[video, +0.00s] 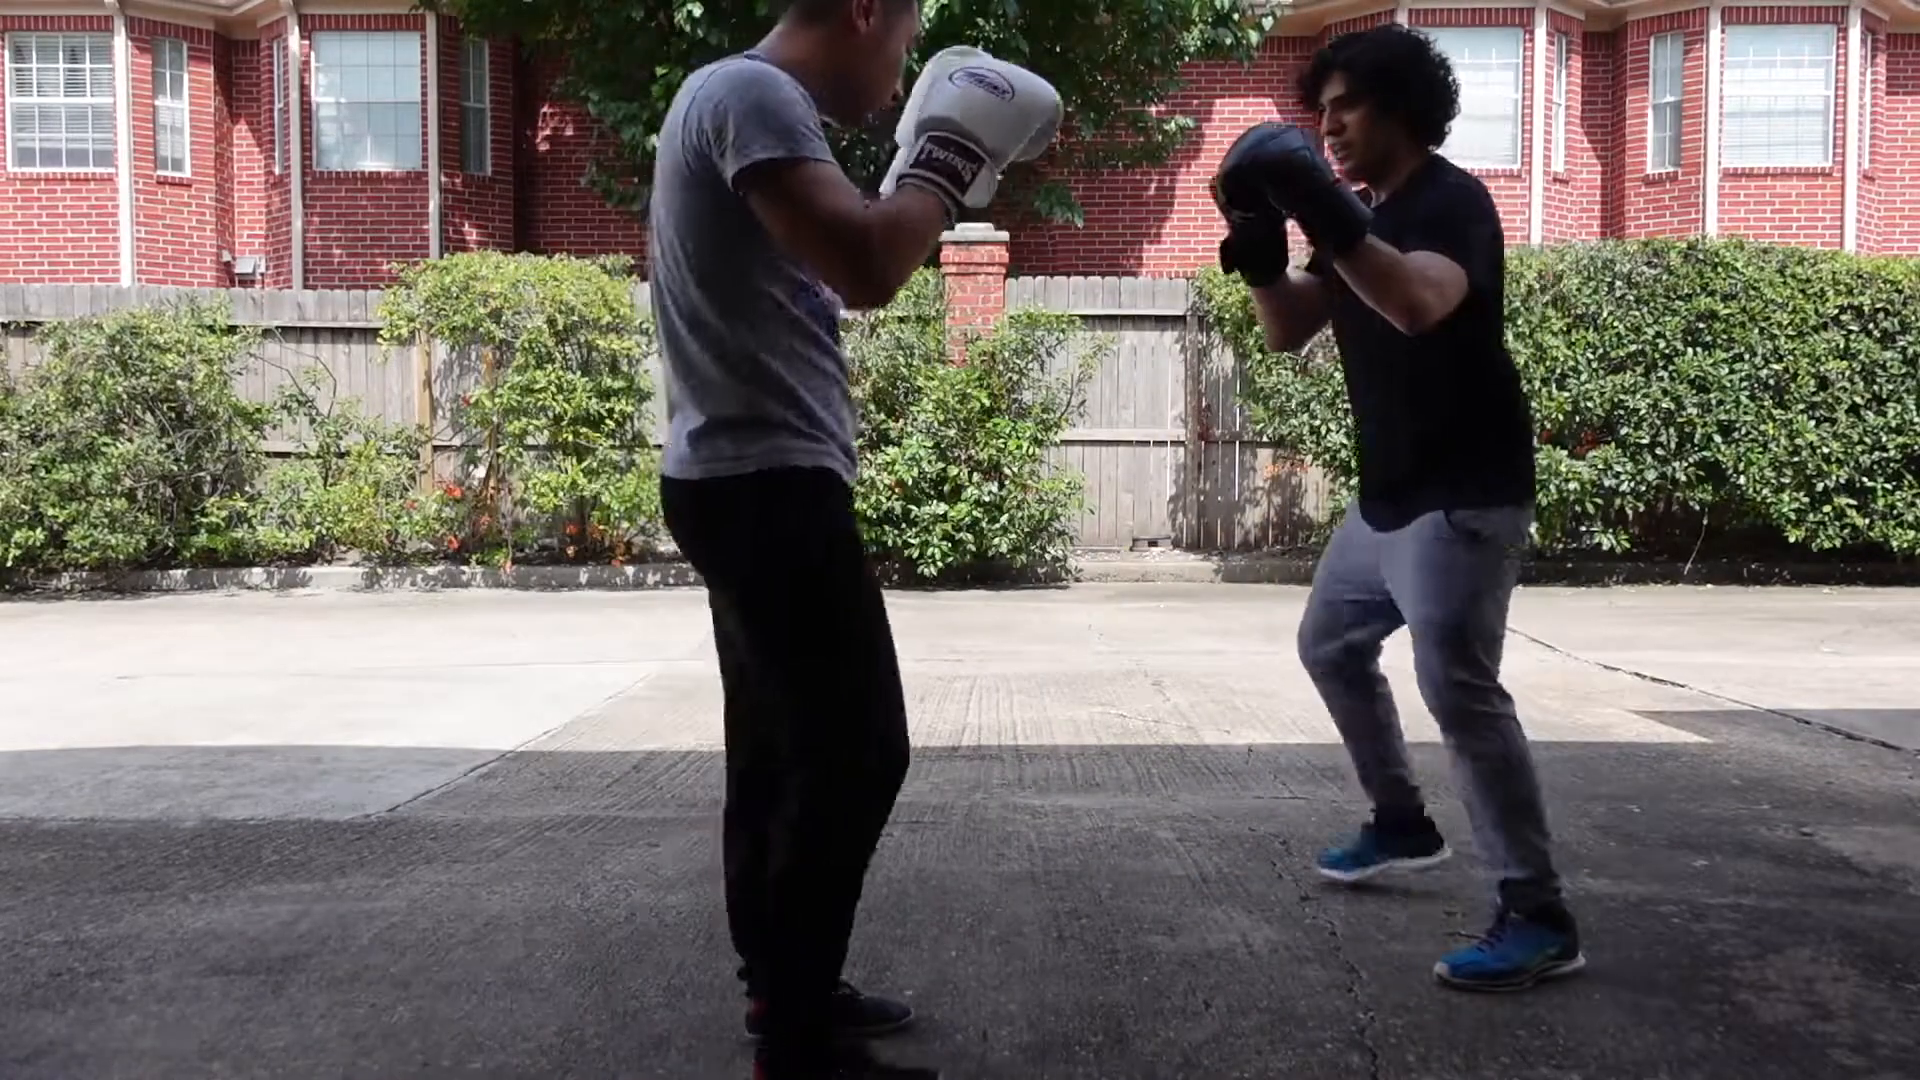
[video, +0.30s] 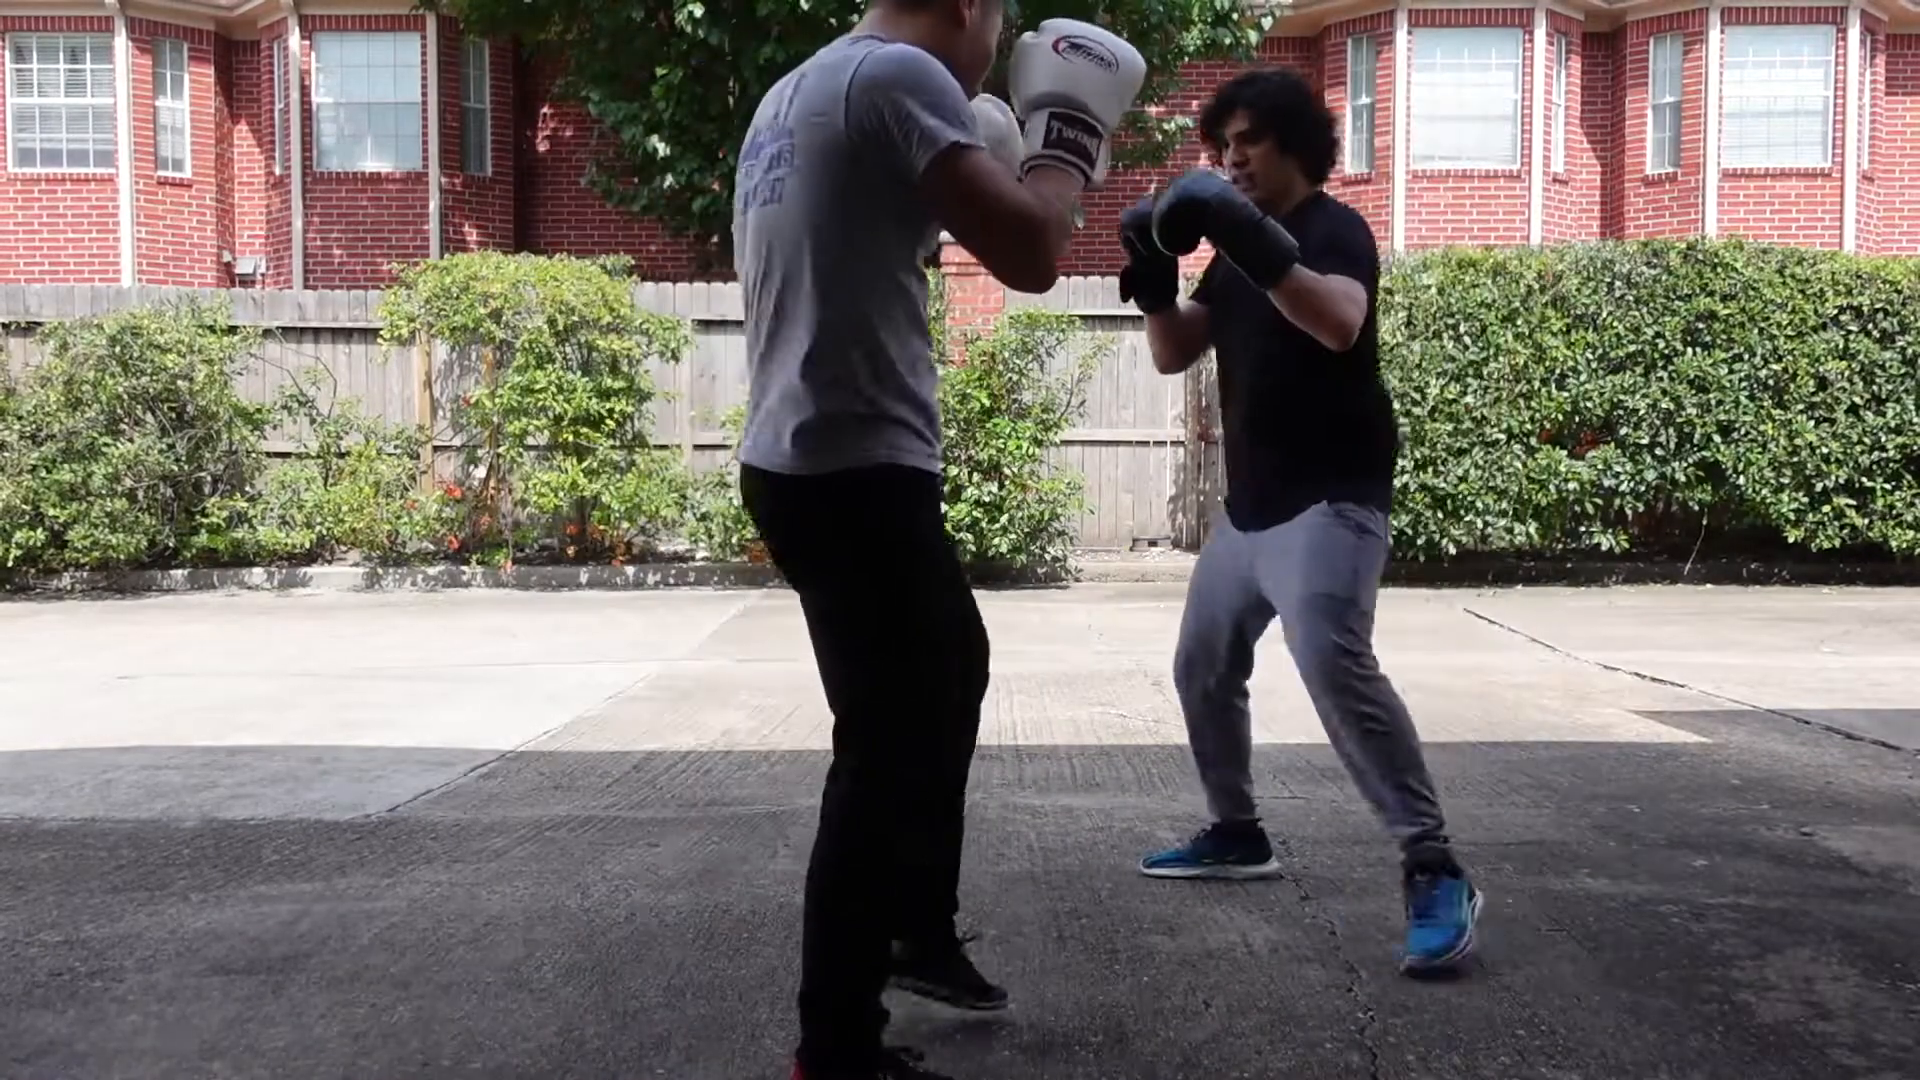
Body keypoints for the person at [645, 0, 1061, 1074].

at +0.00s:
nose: (899, 73)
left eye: (907, 49)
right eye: (905, 41)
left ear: (819, 14)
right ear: (865, 14)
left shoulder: (730, 102)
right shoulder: (750, 94)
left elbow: (855, 265)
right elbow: (869, 265)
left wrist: (934, 174)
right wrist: (947, 159)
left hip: (742, 475)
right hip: (769, 480)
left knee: (773, 741)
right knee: (862, 746)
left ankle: (787, 986)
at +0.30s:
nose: (994, 46)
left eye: (996, 29)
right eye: (996, 25)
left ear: (881, 3)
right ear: (969, 8)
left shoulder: (789, 96)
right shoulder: (897, 77)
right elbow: (1031, 249)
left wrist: (1012, 148)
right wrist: (1073, 131)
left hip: (805, 458)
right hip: (858, 465)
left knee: (955, 666)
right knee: (892, 738)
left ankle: (918, 931)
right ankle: (838, 1044)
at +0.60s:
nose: (1037, 48)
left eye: (1035, 36)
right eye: (1039, 31)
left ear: (923, 10)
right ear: (1018, 16)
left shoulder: (825, 110)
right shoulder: (985, 88)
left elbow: (907, 275)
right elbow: (1115, 263)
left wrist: (1050, 226)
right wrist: (1130, 153)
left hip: (838, 479)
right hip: (940, 489)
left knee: (889, 753)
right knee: (937, 776)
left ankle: (899, 983)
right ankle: (840, 1047)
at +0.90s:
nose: (1096, 56)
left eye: (1099, 38)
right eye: (1100, 35)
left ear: (977, 10)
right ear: (1083, 19)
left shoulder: (870, 102)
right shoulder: (1039, 121)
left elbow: (823, 285)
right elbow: (1159, 317)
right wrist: (1176, 223)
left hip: (883, 480)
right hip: (980, 492)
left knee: (1003, 676)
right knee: (1049, 757)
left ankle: (959, 854)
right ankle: (1006, 1043)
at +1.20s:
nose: (1206, 76)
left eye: (1212, 51)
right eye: (1213, 50)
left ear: (1093, 16)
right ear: (1190, 45)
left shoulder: (987, 103)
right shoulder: (1106, 179)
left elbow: (873, 260)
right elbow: (1123, 409)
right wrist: (1200, 385)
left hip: (864, 425)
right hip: (937, 487)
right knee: (997, 751)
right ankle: (993, 1046)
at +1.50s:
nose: (1129, 69)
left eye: (1129, 48)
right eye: (1133, 45)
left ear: (1012, 14)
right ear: (1114, 28)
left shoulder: (902, 114)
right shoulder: (1064, 153)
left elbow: (941, 302)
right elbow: (1110, 371)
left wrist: (1093, 284)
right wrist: (1193, 315)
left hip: (833, 465)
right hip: (945, 485)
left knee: (904, 726)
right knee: (1036, 766)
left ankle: (861, 971)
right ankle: (1012, 1051)